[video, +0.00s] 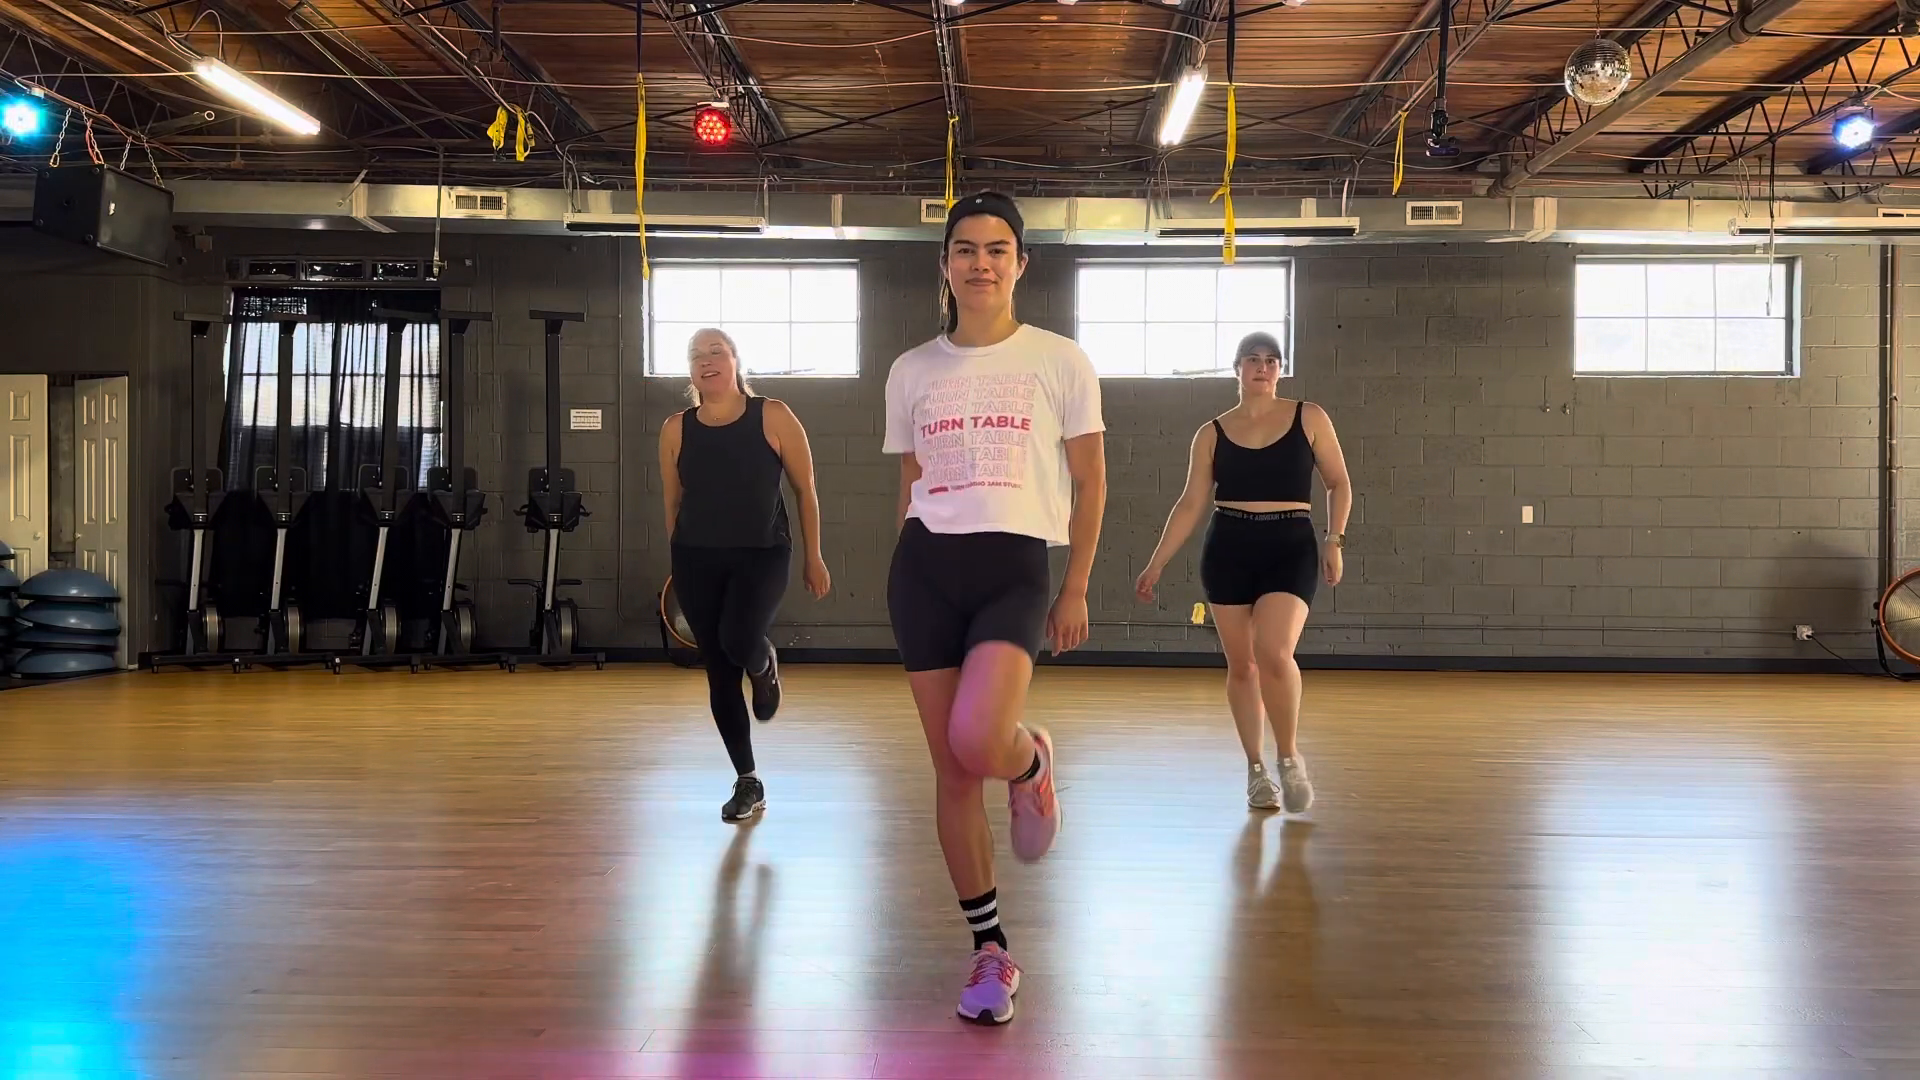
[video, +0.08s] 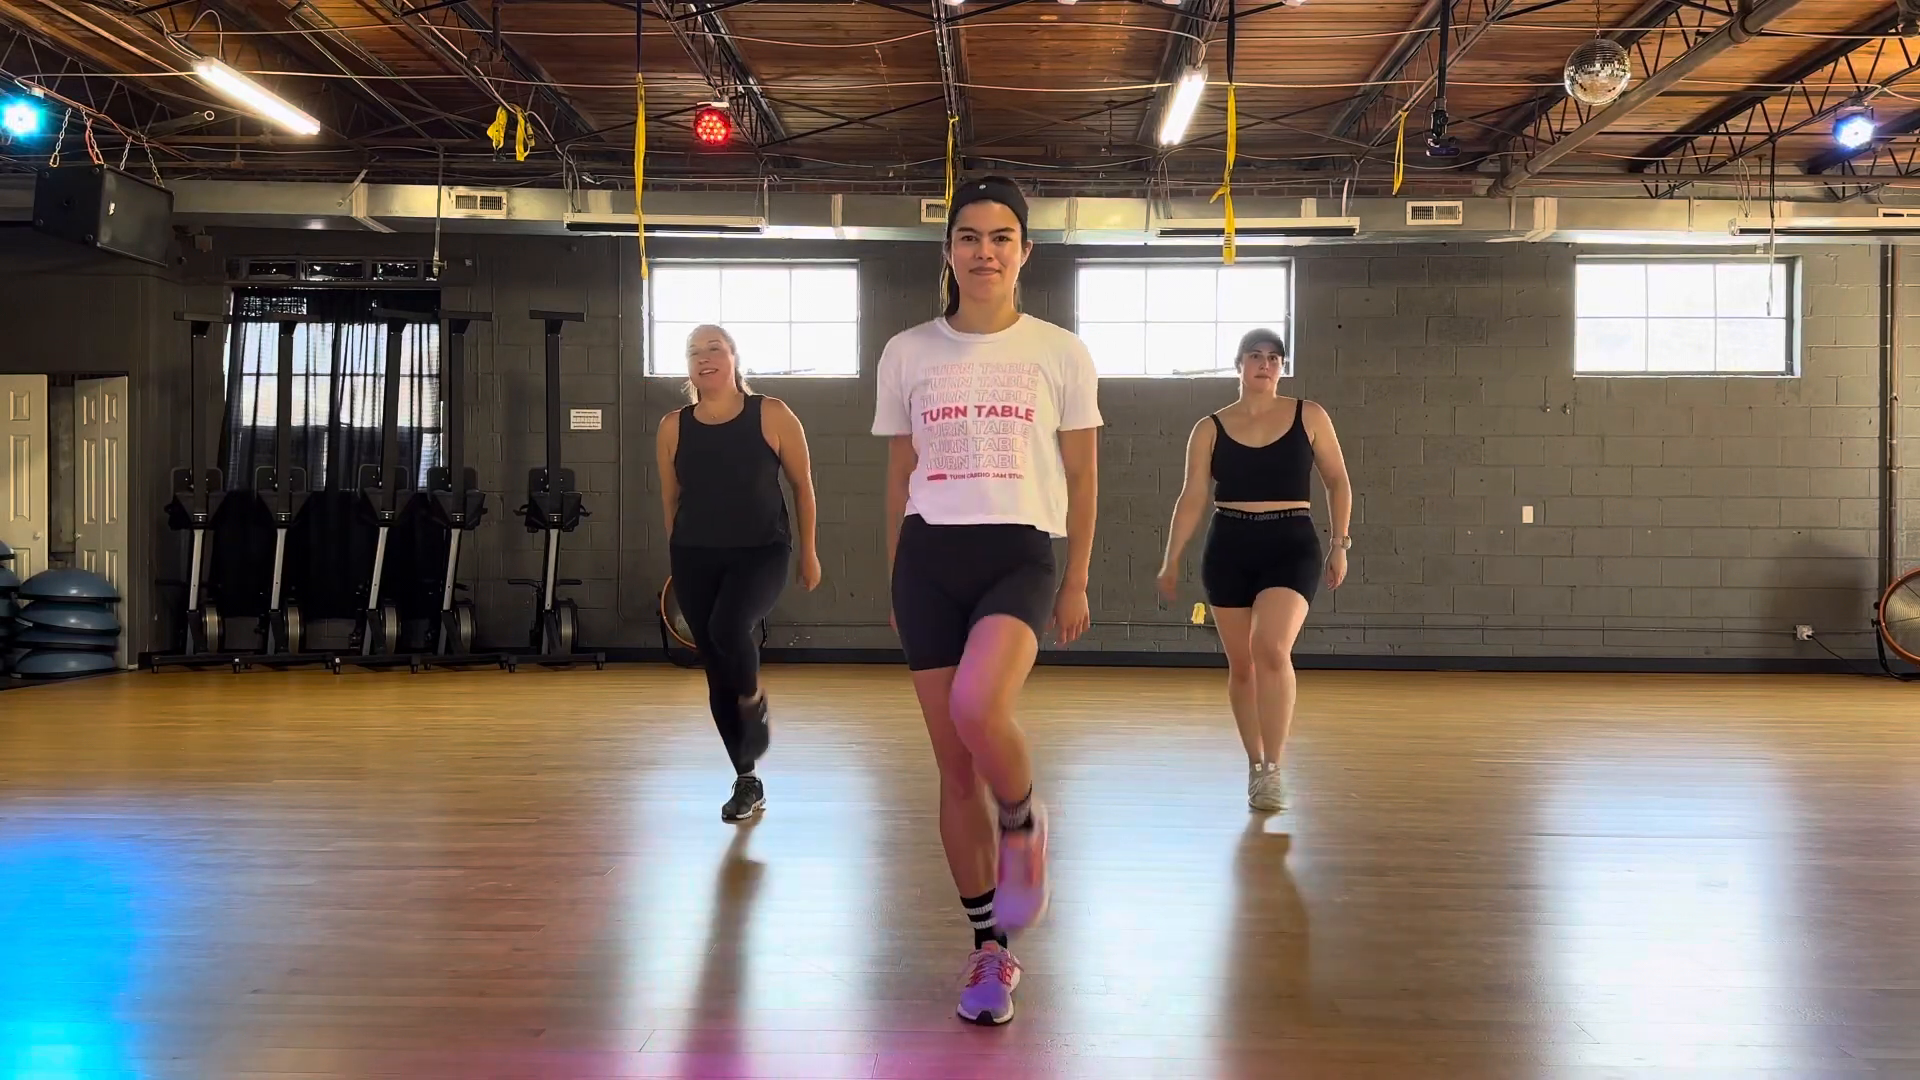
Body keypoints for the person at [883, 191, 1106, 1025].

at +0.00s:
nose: (980, 262)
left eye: (995, 249)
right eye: (966, 249)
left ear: (1019, 264)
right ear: (946, 265)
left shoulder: (1060, 360)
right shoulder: (912, 369)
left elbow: (1091, 485)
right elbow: (910, 484)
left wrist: (1075, 588)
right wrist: (907, 572)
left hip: (1015, 566)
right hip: (924, 568)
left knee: (981, 747)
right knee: (952, 768)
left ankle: (1032, 766)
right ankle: (988, 950)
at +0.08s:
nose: (985, 250)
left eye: (1000, 238)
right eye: (970, 237)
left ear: (1022, 253)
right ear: (950, 252)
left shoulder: (1061, 351)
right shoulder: (907, 352)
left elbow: (1082, 477)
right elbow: (901, 475)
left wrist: (1076, 580)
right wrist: (902, 576)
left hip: (1021, 555)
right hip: (928, 559)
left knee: (978, 710)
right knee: (957, 764)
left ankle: (1020, 829)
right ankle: (988, 945)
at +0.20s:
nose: (990, 245)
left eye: (1006, 232)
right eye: (975, 231)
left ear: (1027, 249)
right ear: (951, 244)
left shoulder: (1060, 351)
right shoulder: (903, 338)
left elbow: (1069, 481)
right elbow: (883, 462)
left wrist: (1071, 589)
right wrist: (877, 570)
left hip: (1027, 558)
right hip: (932, 558)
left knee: (993, 742)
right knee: (958, 764)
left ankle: (996, 947)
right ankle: (981, 941)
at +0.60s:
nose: (995, 247)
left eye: (1011, 229)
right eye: (975, 230)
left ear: (1034, 239)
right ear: (949, 240)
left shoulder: (1053, 368)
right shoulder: (901, 327)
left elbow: (1067, 509)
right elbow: (853, 458)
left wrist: (1186, 509)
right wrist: (800, 555)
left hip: (1035, 576)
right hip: (936, 574)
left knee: (1006, 800)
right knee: (960, 799)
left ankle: (977, 1034)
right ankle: (985, 963)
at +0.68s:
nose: (993, 246)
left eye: (1011, 227)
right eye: (974, 227)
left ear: (1034, 240)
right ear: (945, 236)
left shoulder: (1054, 366)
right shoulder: (896, 317)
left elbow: (1122, 487)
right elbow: (828, 430)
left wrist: (1203, 408)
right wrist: (752, 470)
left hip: (1043, 575)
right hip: (938, 574)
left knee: (1010, 805)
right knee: (948, 830)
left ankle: (976, 1036)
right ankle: (966, 928)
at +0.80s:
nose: (981, 231)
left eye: (1000, 212)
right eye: (961, 212)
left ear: (1027, 225)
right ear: (935, 223)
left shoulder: (1067, 339)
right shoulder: (881, 319)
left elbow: (1188, 390)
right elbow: (722, 337)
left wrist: (1203, 311)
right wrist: (729, 333)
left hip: (1043, 585)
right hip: (937, 582)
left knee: (1013, 826)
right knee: (943, 825)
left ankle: (974, 1036)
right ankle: (921, 869)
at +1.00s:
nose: (971, 221)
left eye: (991, 201)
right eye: (951, 201)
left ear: (1017, 210)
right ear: (923, 211)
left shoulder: (1067, 297)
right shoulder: (878, 315)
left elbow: (1207, 295)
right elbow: (741, 318)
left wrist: (1174, 375)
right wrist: (798, 358)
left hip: (1035, 583)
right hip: (927, 577)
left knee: (1020, 838)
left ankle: (973, 1037)